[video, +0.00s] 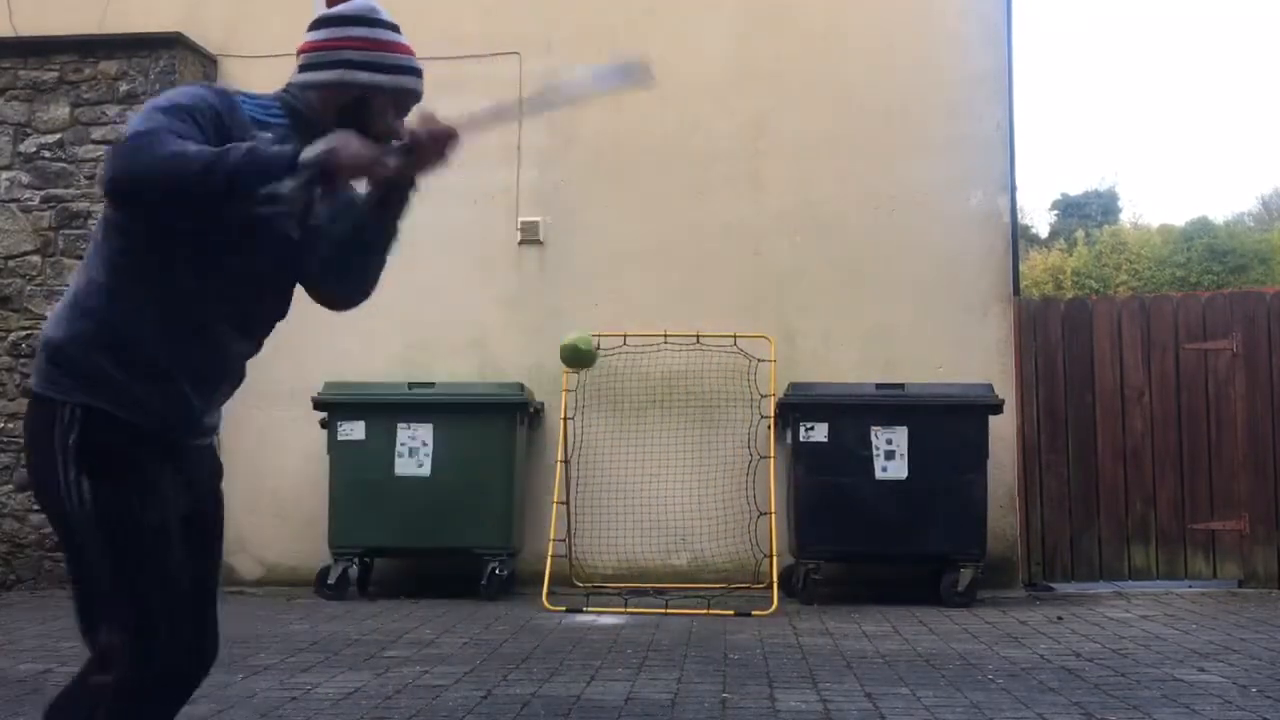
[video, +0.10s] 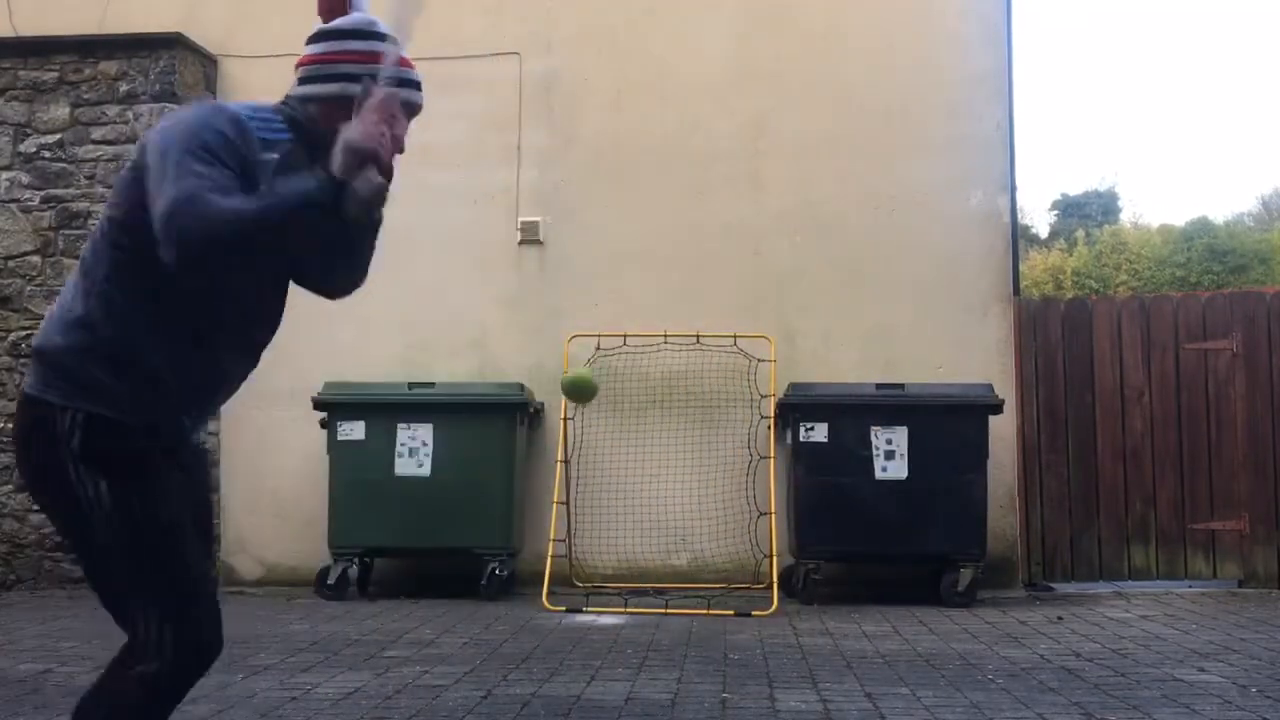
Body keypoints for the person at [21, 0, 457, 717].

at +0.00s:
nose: (402, 126)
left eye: (406, 109)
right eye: (397, 106)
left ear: (340, 91)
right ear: (350, 92)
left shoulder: (329, 184)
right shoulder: (211, 111)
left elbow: (339, 286)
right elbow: (131, 167)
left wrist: (396, 181)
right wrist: (300, 160)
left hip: (183, 423)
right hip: (92, 406)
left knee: (185, 652)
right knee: (137, 654)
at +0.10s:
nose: (404, 137)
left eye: (409, 118)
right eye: (399, 113)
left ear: (344, 104)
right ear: (344, 100)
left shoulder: (315, 177)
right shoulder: (205, 130)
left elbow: (335, 275)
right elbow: (185, 231)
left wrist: (367, 192)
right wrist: (330, 179)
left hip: (165, 424)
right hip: (79, 414)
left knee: (183, 635)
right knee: (179, 638)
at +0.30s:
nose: (399, 156)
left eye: (405, 135)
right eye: (396, 133)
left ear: (340, 115)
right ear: (352, 119)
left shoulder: (288, 177)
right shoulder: (274, 178)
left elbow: (317, 338)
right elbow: (256, 365)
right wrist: (315, 471)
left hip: (134, 431)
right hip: (90, 429)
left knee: (180, 660)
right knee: (161, 664)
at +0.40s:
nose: (400, 140)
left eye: (402, 121)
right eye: (398, 121)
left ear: (324, 98)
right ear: (367, 114)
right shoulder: (318, 176)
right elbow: (328, 339)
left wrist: (306, 473)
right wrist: (344, 472)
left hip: (159, 431)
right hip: (125, 432)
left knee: (239, 620)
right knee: (184, 657)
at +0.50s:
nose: (399, 126)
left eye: (403, 107)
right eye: (401, 107)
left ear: (321, 82)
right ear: (386, 99)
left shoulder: (260, 143)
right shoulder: (354, 172)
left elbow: (220, 325)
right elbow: (363, 331)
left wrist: (300, 448)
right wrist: (364, 452)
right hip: (151, 426)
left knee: (257, 613)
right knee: (190, 657)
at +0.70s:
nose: (425, 90)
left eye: (425, 78)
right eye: (426, 77)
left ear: (342, 67)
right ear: (421, 76)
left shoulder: (268, 145)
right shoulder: (416, 152)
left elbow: (228, 297)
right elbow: (455, 304)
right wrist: (434, 423)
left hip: (194, 415)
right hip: (286, 425)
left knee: (283, 646)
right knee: (354, 656)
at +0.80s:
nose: (457, 82)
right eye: (456, 71)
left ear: (373, 69)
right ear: (452, 75)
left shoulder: (300, 151)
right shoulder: (458, 155)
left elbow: (247, 303)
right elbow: (512, 308)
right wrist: (510, 446)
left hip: (241, 417)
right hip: (348, 424)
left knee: (310, 639)